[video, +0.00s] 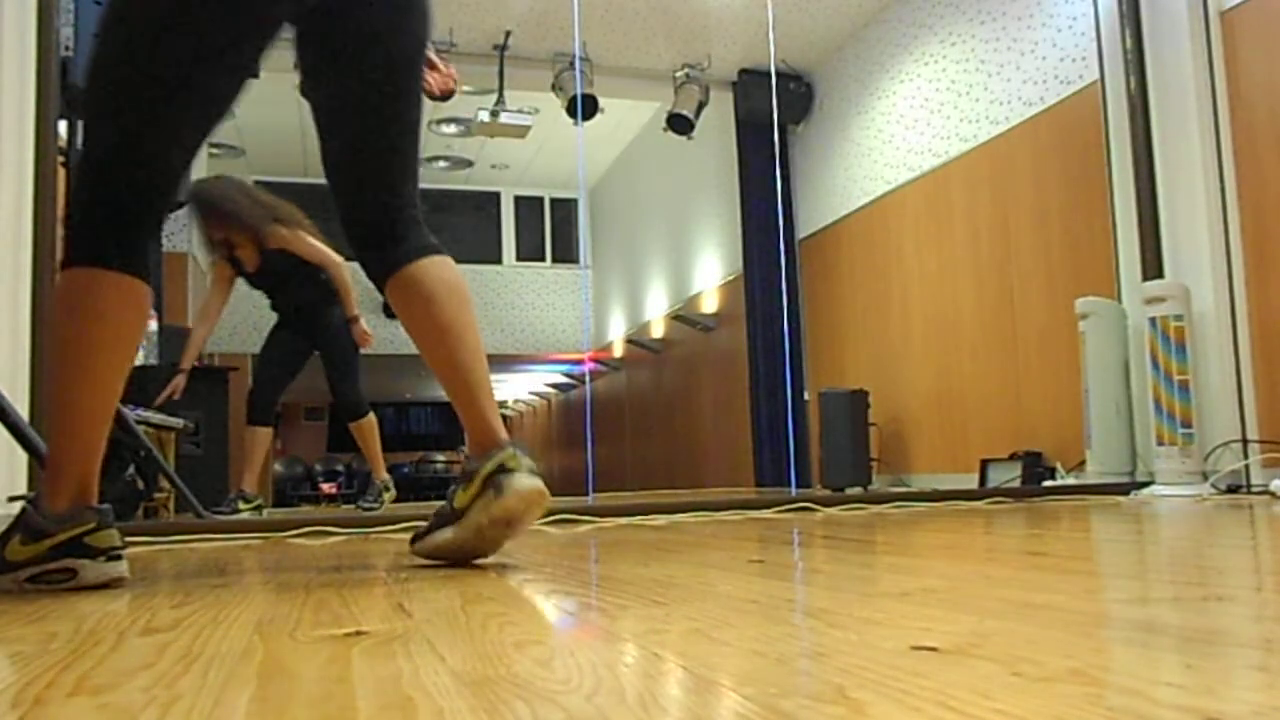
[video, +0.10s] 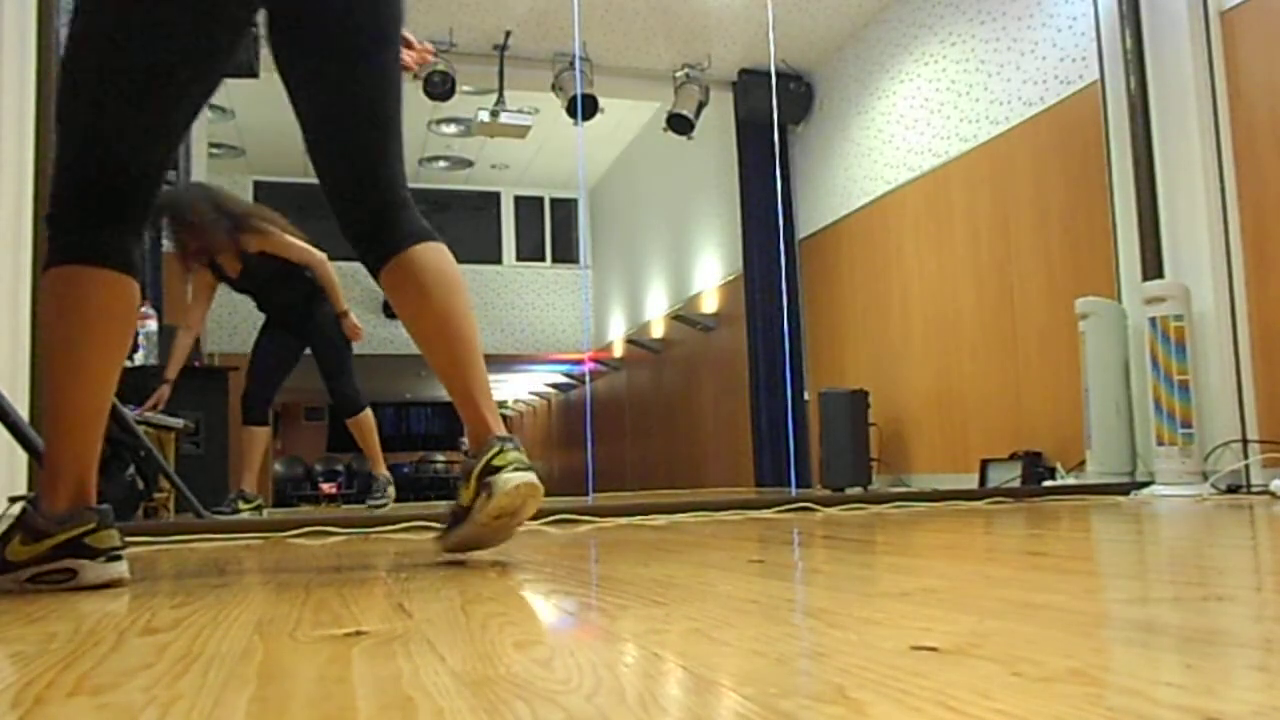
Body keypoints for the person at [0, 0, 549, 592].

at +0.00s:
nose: (220, 237)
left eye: (223, 228)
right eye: (212, 231)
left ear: (234, 216)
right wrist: (423, 53)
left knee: (113, 206)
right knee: (392, 224)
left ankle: (66, 507)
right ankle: (495, 455)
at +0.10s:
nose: (184, 239)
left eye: (186, 228)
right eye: (179, 233)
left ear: (201, 215)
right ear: (187, 225)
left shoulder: (249, 228)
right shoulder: (195, 249)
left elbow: (318, 258)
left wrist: (346, 311)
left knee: (92, 206)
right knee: (383, 206)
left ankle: (65, 508)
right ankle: (493, 445)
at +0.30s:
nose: (136, 262)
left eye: (141, 250)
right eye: (132, 251)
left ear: (161, 235)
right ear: (164, 236)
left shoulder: (225, 238)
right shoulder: (182, 265)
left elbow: (298, 256)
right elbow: (175, 329)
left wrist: (324, 309)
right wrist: (159, 394)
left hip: (301, 297)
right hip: (273, 306)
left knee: (71, 201)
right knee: (380, 187)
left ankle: (64, 509)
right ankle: (483, 440)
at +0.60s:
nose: (151, 285)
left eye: (151, 271)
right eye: (144, 277)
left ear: (164, 244)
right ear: (160, 250)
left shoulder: (214, 242)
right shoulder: (183, 266)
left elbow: (285, 258)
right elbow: (174, 331)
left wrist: (315, 311)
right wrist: (159, 398)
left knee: (61, 206)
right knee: (366, 193)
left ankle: (65, 507)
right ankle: (474, 435)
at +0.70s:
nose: (148, 286)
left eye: (147, 273)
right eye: (141, 278)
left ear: (159, 245)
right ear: (157, 250)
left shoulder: (212, 241)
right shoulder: (185, 265)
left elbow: (284, 258)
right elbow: (174, 330)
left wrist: (316, 311)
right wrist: (158, 398)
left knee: (62, 211)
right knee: (369, 197)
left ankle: (66, 507)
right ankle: (476, 435)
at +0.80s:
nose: (154, 283)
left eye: (152, 269)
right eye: (147, 275)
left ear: (162, 243)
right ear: (160, 249)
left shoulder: (213, 242)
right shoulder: (184, 263)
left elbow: (285, 257)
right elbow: (175, 328)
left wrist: (317, 311)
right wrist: (158, 396)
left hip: (130, 12)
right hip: (296, 9)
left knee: (65, 209)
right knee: (373, 199)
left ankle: (65, 507)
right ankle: (479, 436)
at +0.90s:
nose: (150, 282)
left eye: (149, 267)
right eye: (144, 272)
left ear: (159, 241)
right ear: (159, 247)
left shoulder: (214, 242)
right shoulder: (186, 265)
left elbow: (287, 257)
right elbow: (176, 327)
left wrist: (320, 311)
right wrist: (158, 396)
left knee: (70, 206)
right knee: (378, 199)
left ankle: (65, 506)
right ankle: (482, 436)